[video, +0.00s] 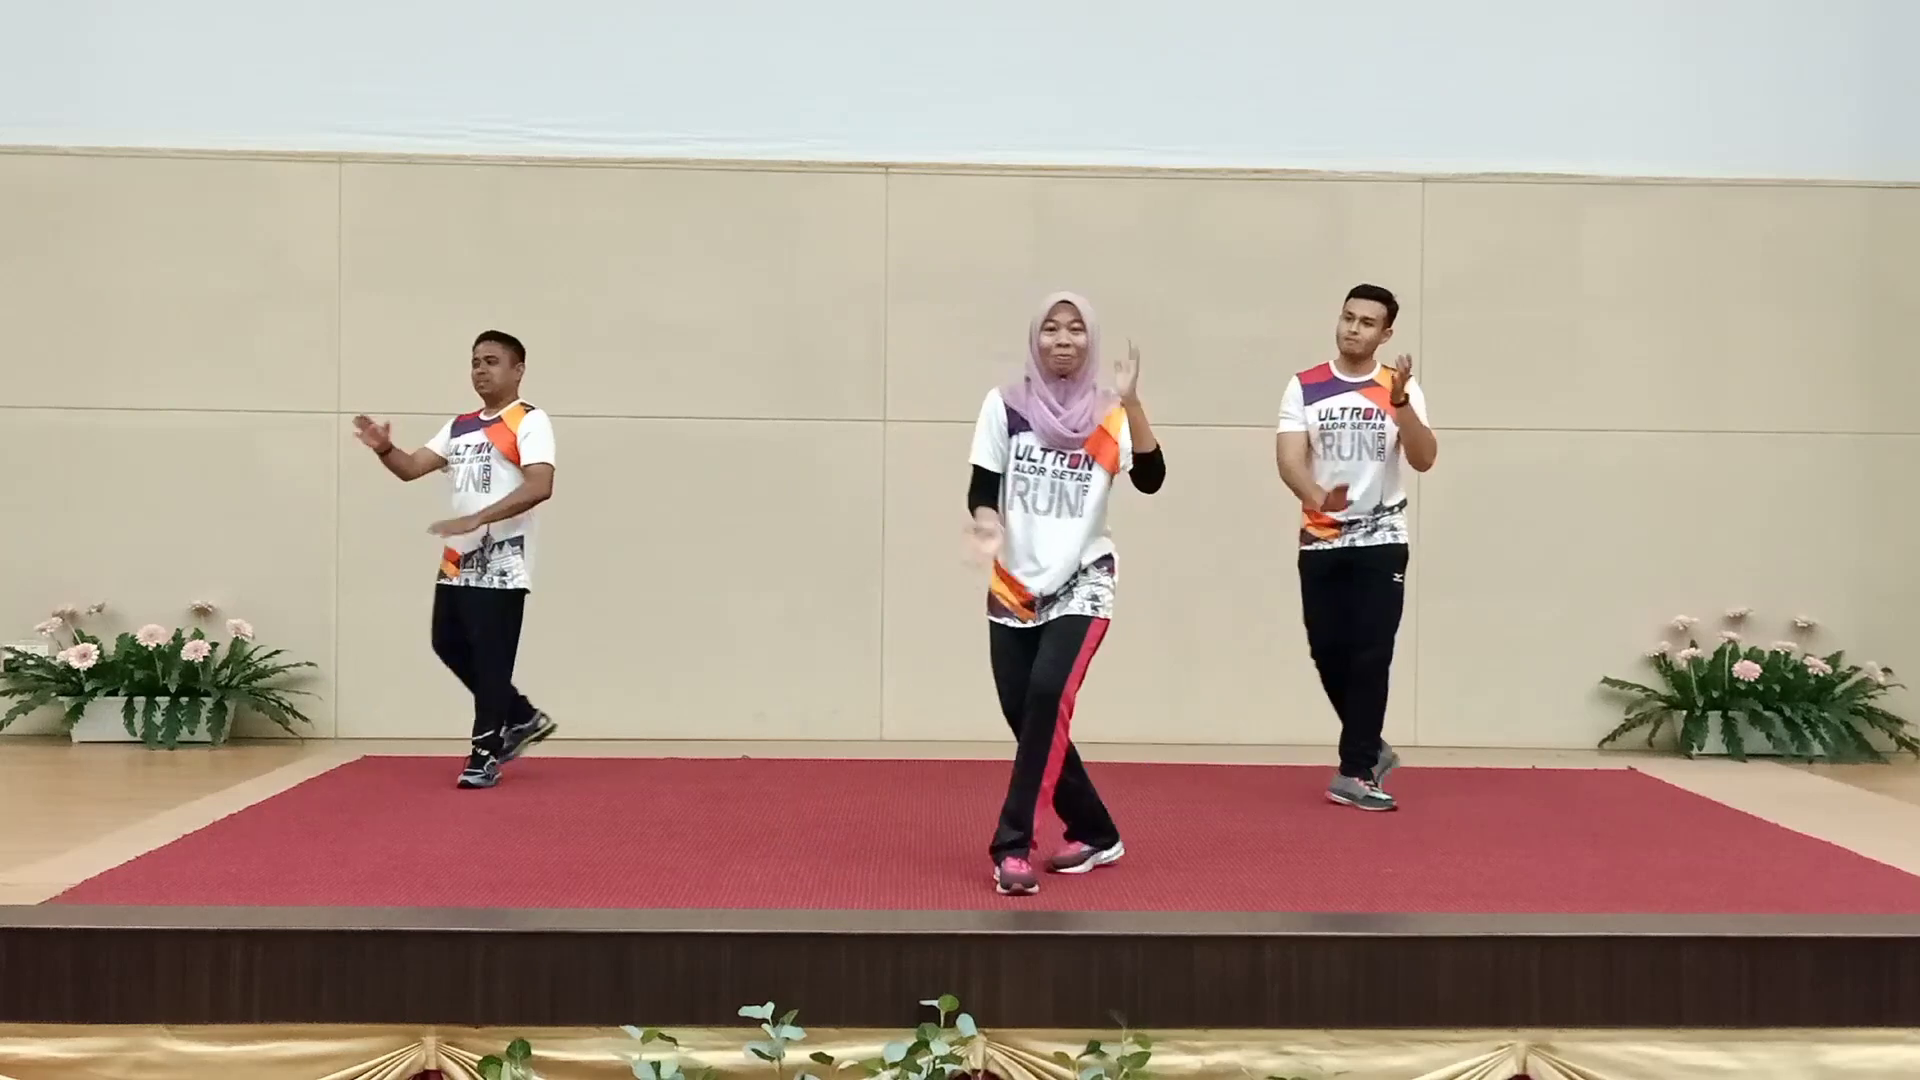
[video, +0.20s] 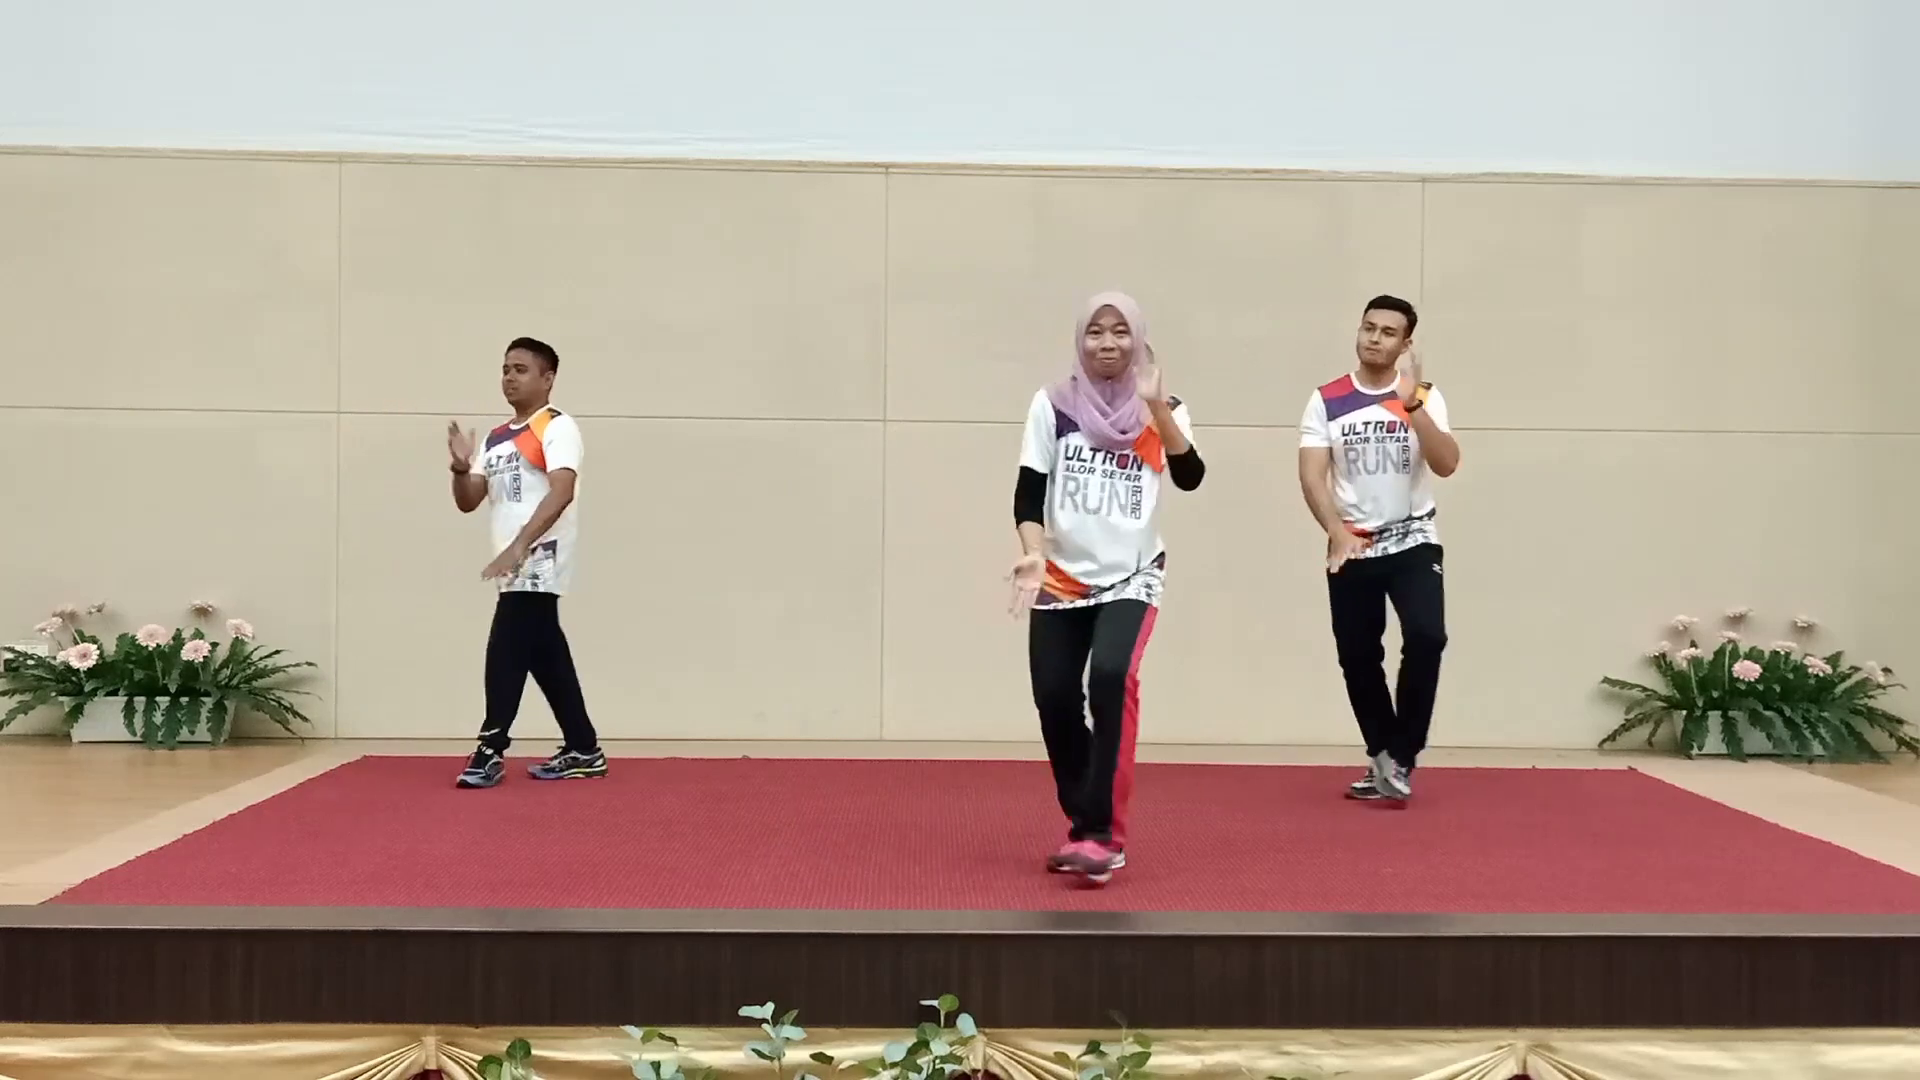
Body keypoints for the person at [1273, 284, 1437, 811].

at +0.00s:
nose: (1355, 329)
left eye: (1368, 322)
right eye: (1349, 318)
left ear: (1385, 333)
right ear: (1337, 322)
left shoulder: (1401, 389)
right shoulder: (1305, 386)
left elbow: (1423, 459)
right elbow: (1290, 460)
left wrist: (1400, 401)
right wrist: (1315, 495)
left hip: (1379, 539)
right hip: (1321, 542)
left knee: (1369, 658)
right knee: (1329, 656)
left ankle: (1352, 775)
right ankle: (1373, 749)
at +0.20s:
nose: (1375, 339)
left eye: (1388, 332)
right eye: (1369, 329)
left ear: (1406, 343)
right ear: (1357, 334)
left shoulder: (1423, 398)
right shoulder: (1326, 400)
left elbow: (1446, 463)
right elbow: (1312, 478)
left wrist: (1414, 407)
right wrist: (1336, 529)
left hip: (1412, 542)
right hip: (1352, 548)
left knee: (1427, 639)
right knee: (1358, 657)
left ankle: (1401, 759)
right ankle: (1383, 764)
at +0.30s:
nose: (1390, 336)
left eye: (1403, 329)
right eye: (1385, 326)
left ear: (1422, 340)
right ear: (1373, 330)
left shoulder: (1440, 397)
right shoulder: (1341, 396)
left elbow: (1459, 465)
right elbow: (1327, 472)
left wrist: (1424, 414)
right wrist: (1348, 519)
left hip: (1425, 539)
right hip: (1364, 546)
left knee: (1449, 638)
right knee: (1366, 661)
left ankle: (1450, 756)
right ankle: (1388, 768)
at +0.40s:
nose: (1411, 329)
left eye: (1424, 324)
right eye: (1406, 319)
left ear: (1443, 336)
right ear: (1395, 324)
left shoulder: (1458, 393)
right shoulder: (1359, 389)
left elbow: (1477, 464)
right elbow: (1341, 463)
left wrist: (1437, 422)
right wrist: (1363, 504)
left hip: (1442, 539)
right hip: (1378, 544)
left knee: (1469, 641)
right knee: (1377, 659)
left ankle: (1503, 755)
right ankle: (1388, 767)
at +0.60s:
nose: (1453, 332)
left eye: (1467, 326)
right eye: (1449, 322)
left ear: (1487, 338)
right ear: (1438, 327)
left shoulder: (1501, 397)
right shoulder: (1403, 387)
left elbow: (1515, 473)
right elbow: (1372, 456)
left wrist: (1469, 454)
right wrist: (1383, 453)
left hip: (1476, 549)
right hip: (1410, 549)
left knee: (1508, 658)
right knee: (1394, 660)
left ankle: (1548, 774)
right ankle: (1389, 769)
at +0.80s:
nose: (1499, 330)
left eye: (1513, 324)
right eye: (1495, 322)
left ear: (1536, 335)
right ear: (1486, 329)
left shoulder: (1550, 398)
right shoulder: (1459, 386)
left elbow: (1561, 477)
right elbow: (1420, 447)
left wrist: (1519, 507)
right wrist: (1427, 405)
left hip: (1515, 554)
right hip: (1451, 545)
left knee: (1529, 666)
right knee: (1404, 641)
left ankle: (1548, 777)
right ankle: (1392, 752)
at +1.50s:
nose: (1490, 327)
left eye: (1501, 319)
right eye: (1487, 319)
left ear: (1532, 327)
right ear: (1483, 327)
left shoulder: (1558, 391)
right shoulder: (1469, 383)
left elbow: (1567, 469)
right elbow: (1424, 449)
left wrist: (1525, 434)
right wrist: (1452, 406)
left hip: (1524, 544)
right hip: (1460, 534)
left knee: (1536, 663)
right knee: (1410, 627)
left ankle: (1548, 777)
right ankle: (1381, 740)